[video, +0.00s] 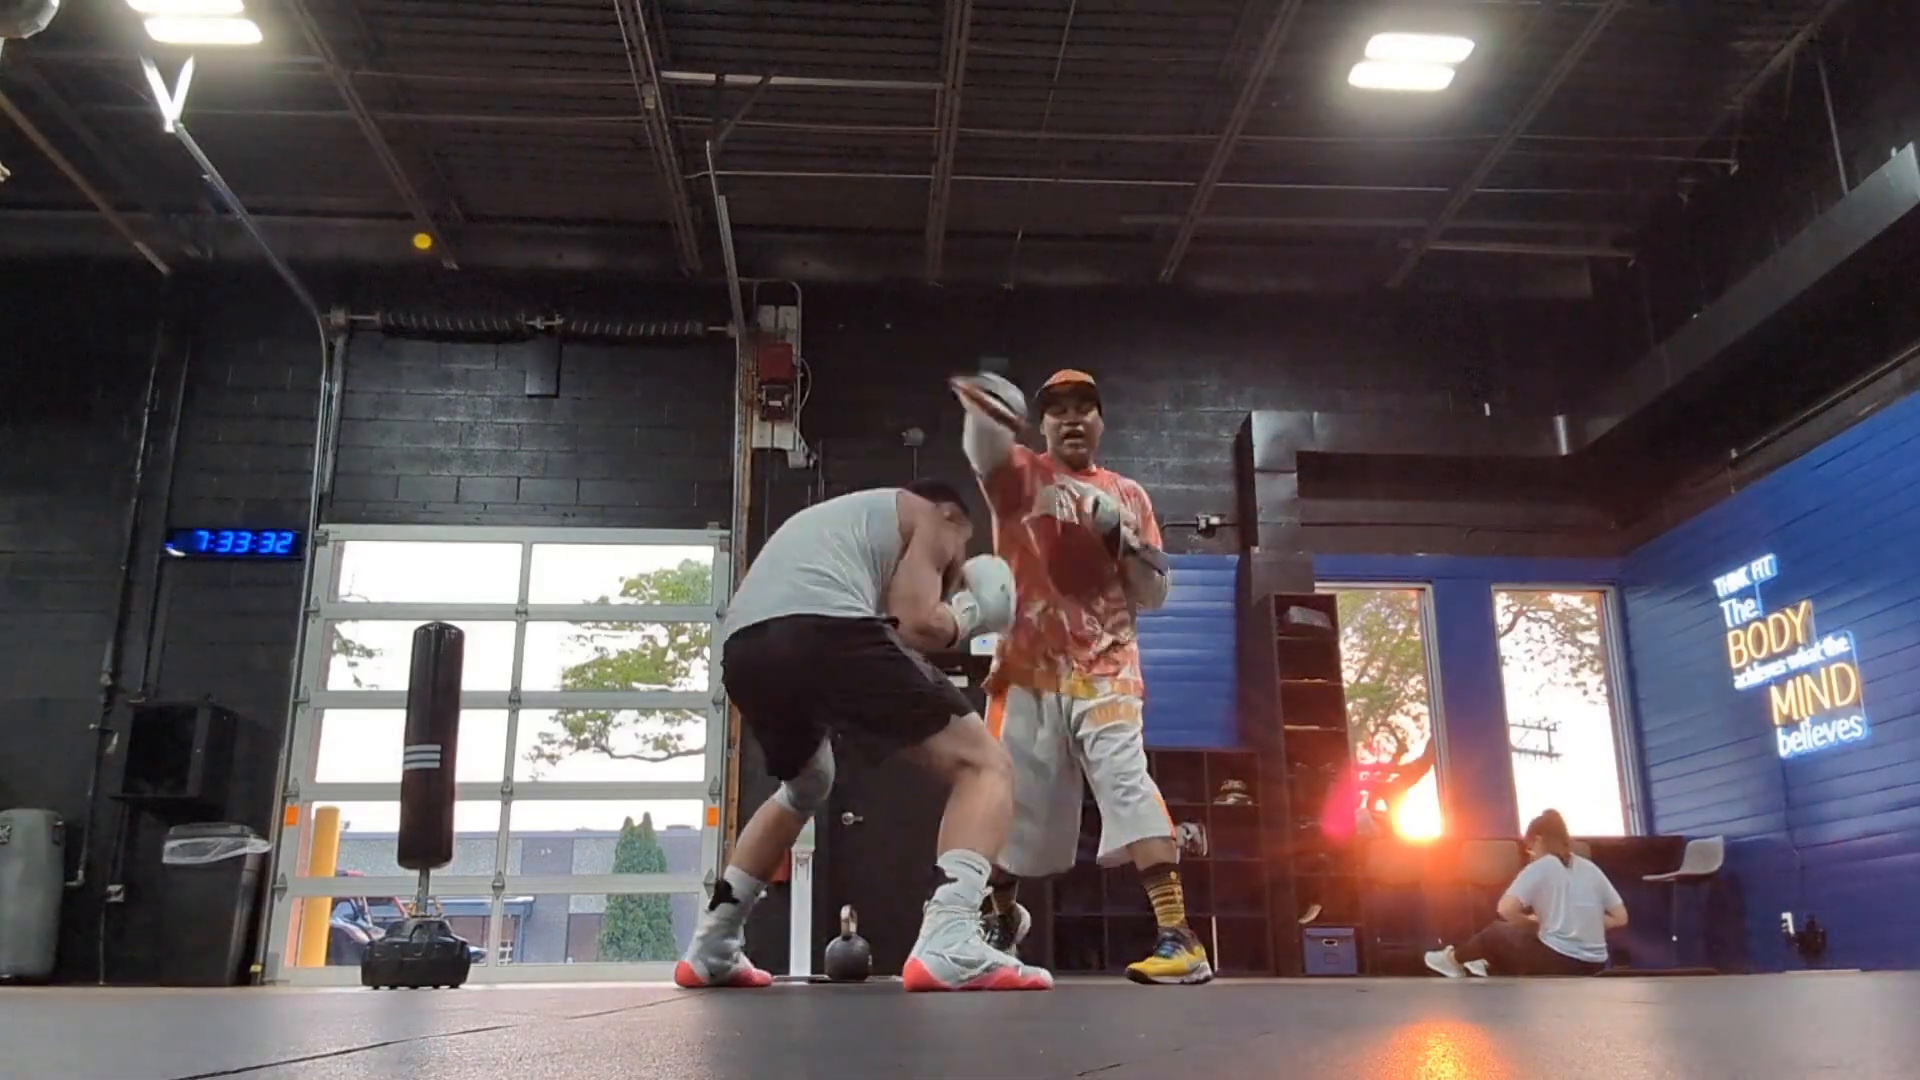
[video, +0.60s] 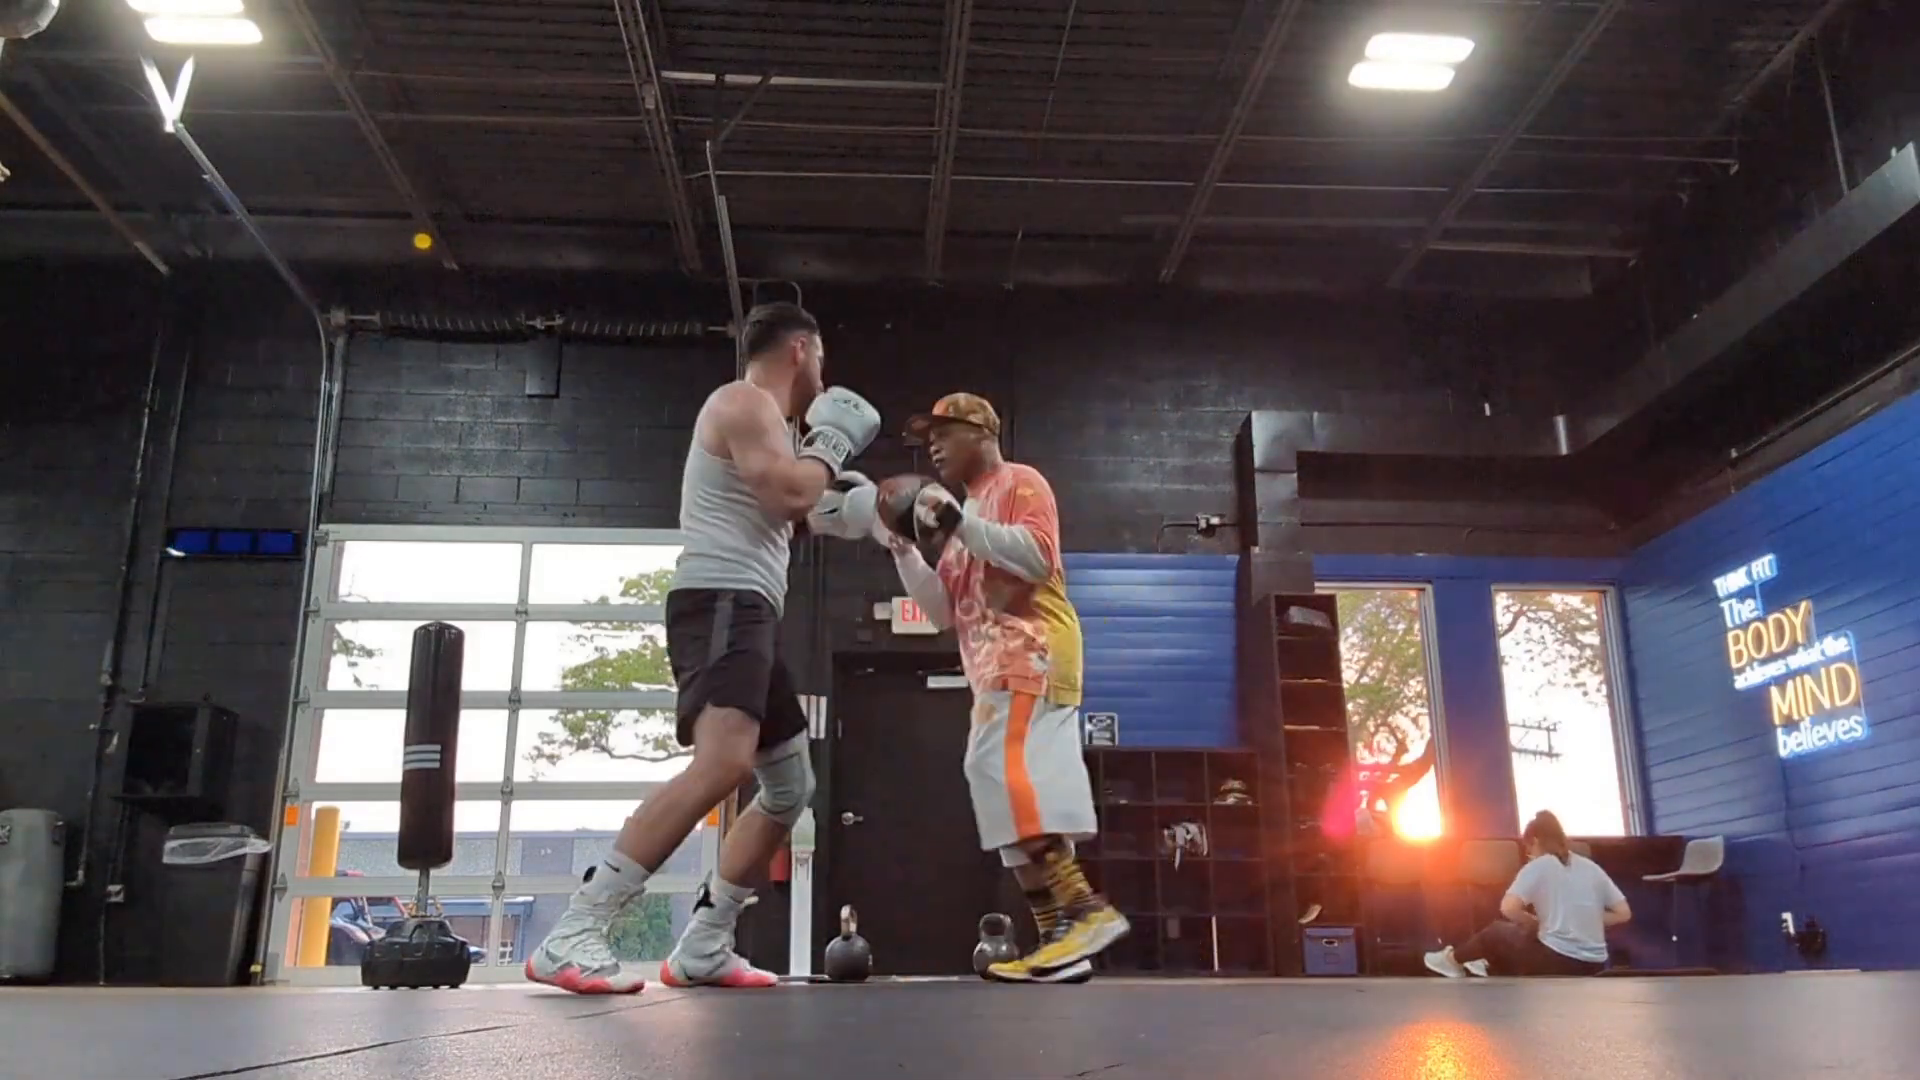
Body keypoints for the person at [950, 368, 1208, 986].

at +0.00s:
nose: (1072, 420)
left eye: (1083, 410)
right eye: (1059, 411)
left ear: (1100, 420)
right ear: (1040, 424)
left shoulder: (1126, 494)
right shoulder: (1019, 480)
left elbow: (1154, 594)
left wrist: (1122, 537)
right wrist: (988, 415)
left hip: (1104, 663)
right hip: (1029, 662)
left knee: (1122, 775)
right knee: (1020, 796)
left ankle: (1178, 938)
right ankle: (996, 926)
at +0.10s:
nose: (1074, 415)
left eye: (1086, 404)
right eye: (1062, 406)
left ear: (1106, 413)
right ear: (1047, 417)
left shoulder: (1133, 493)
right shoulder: (1026, 474)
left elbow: (1157, 594)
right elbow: (988, 515)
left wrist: (1135, 535)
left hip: (1109, 664)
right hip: (1029, 664)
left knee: (1123, 783)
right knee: (1016, 799)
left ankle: (1177, 939)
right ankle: (1012, 923)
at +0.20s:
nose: (1057, 417)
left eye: (1070, 405)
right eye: (1047, 409)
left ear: (1098, 414)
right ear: (1037, 422)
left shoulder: (1131, 491)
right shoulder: (1016, 492)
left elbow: (1165, 577)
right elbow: (965, 582)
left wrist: (1144, 497)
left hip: (1111, 673)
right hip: (1031, 676)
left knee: (1129, 787)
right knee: (1008, 804)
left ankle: (1178, 940)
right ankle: (1026, 927)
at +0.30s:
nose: (1013, 427)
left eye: (1027, 413)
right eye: (1008, 418)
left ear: (1066, 420)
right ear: (1005, 431)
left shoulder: (1103, 484)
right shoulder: (993, 505)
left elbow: (1146, 550)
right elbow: (962, 585)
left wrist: (1121, 467)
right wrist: (984, 620)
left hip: (1104, 667)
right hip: (1028, 673)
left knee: (1126, 789)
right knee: (1007, 803)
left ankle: (1178, 941)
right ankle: (1046, 933)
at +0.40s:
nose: (975, 446)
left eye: (984, 433)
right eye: (971, 436)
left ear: (1018, 430)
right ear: (979, 442)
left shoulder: (1069, 479)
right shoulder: (987, 522)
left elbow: (1067, 529)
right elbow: (991, 611)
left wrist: (1033, 465)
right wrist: (955, 588)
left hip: (1090, 680)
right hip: (1024, 690)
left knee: (1120, 801)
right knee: (1012, 817)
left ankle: (1173, 940)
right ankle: (1056, 946)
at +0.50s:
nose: (950, 451)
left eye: (961, 436)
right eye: (948, 440)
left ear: (1002, 438)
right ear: (971, 448)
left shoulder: (1033, 480)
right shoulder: (983, 521)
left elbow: (1011, 534)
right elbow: (984, 615)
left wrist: (945, 479)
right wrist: (938, 574)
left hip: (1051, 661)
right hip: (1007, 676)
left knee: (1069, 788)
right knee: (1019, 814)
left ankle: (1150, 921)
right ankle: (1058, 947)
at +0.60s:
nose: (932, 449)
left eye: (942, 436)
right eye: (929, 440)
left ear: (981, 435)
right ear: (939, 447)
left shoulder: (1020, 482)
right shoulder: (959, 515)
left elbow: (1037, 558)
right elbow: (944, 613)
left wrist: (960, 524)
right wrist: (904, 548)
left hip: (1034, 652)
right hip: (995, 663)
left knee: (1000, 770)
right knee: (998, 786)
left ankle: (1085, 910)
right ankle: (1055, 940)